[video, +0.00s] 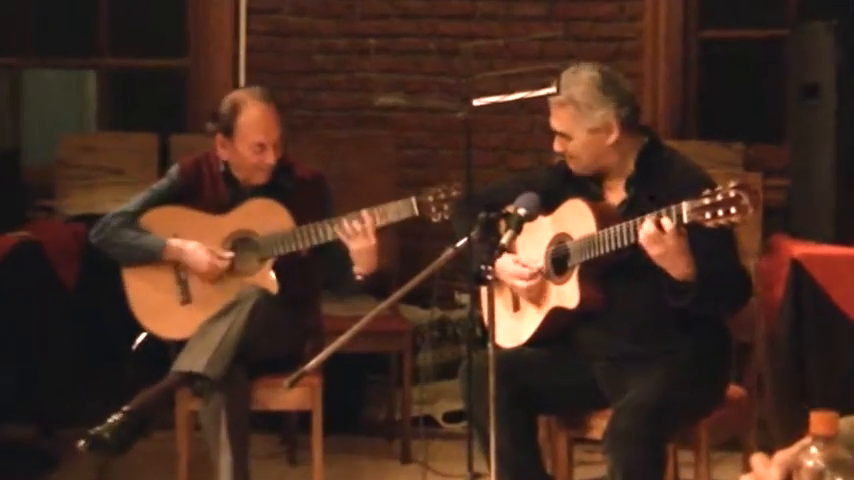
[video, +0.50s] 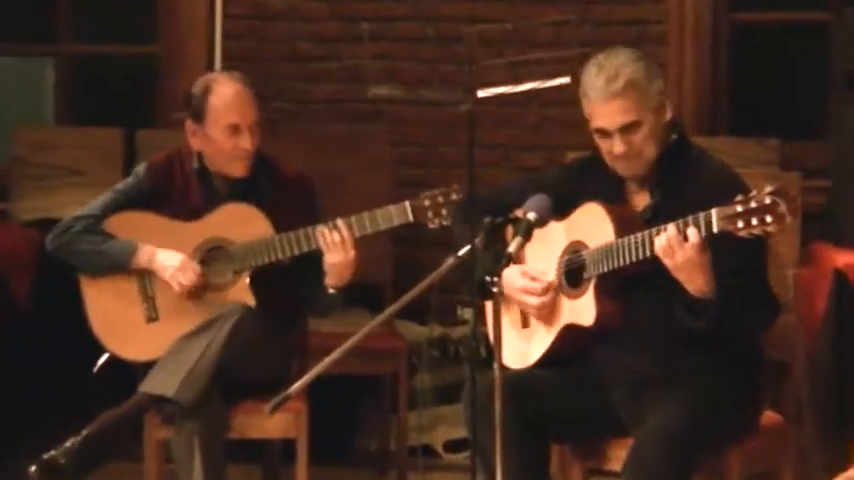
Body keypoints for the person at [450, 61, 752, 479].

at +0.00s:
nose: (557, 147)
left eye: (566, 136)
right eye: (556, 135)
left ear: (609, 131)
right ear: (606, 133)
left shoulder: (684, 186)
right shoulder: (565, 177)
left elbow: (732, 294)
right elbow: (469, 210)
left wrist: (687, 274)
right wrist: (493, 261)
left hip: (675, 357)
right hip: (589, 351)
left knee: (630, 430)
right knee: (488, 373)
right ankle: (525, 473)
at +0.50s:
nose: (618, 147)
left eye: (631, 129)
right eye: (603, 133)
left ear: (664, 113)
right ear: (590, 128)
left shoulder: (715, 187)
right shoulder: (583, 179)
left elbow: (756, 315)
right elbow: (476, 208)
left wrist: (704, 292)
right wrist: (498, 273)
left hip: (700, 378)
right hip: (605, 370)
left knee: (657, 446)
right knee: (500, 393)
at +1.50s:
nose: (656, 158)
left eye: (670, 136)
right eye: (637, 143)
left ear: (704, 113)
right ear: (618, 131)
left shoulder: (761, 198)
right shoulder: (604, 181)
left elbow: (805, 348)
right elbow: (479, 211)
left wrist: (745, 329)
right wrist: (508, 286)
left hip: (736, 406)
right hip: (622, 397)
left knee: (712, 460)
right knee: (499, 428)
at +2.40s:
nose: (663, 144)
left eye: (677, 120)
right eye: (643, 127)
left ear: (714, 101)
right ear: (624, 123)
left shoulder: (775, 195)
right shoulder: (612, 181)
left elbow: (830, 348)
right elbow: (482, 212)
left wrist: (774, 324)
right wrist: (516, 289)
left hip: (744, 421)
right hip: (625, 410)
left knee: (722, 467)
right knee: (501, 436)